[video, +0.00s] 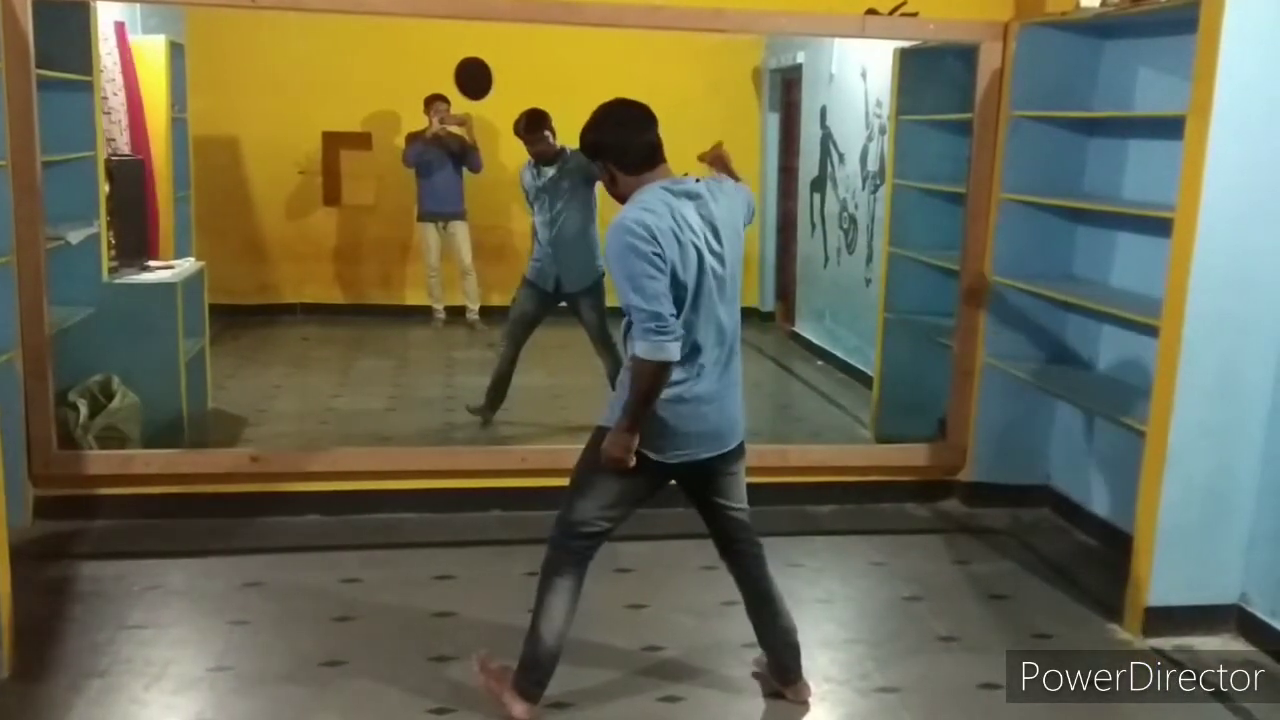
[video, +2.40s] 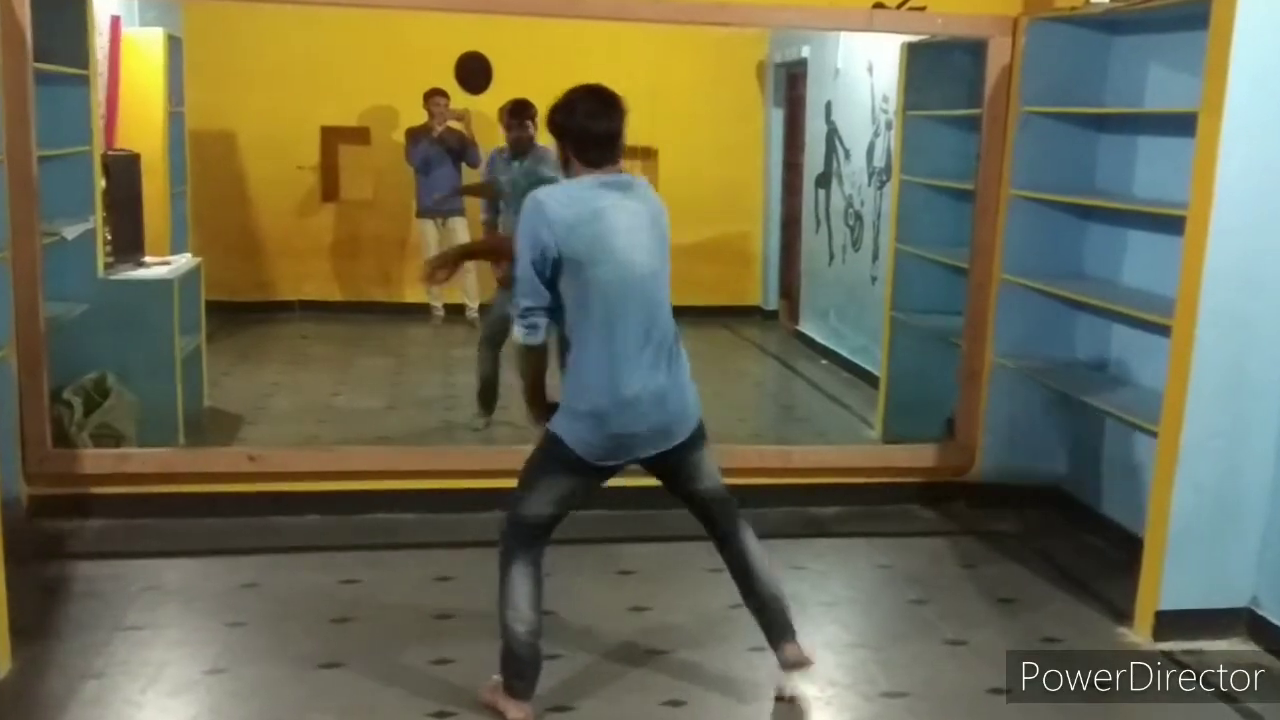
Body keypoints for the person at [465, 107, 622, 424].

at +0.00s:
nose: (533, 150)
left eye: (536, 143)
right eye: (528, 145)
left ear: (551, 135)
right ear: (523, 143)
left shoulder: (578, 162)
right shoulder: (528, 174)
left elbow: (612, 169)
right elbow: (539, 216)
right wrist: (543, 255)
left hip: (582, 270)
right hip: (542, 270)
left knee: (600, 339)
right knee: (512, 337)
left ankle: (628, 402)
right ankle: (490, 407)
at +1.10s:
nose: (547, 135)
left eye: (553, 129)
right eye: (540, 129)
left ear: (564, 130)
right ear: (531, 132)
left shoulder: (585, 173)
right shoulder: (518, 169)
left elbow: (598, 219)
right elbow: (504, 215)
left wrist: (595, 264)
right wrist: (510, 257)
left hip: (579, 274)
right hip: (536, 274)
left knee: (608, 345)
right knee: (506, 345)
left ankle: (606, 406)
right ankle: (487, 412)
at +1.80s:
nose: (532, 135)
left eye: (539, 128)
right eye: (526, 129)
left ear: (550, 130)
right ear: (517, 131)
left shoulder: (572, 166)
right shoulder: (509, 168)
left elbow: (588, 212)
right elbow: (504, 220)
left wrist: (586, 261)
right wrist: (510, 265)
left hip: (573, 271)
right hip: (531, 271)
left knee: (594, 340)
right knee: (502, 342)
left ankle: (593, 405)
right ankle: (487, 410)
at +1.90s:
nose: (523, 133)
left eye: (530, 125)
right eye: (519, 126)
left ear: (547, 125)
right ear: (516, 127)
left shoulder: (566, 162)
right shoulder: (508, 164)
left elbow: (582, 185)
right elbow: (502, 216)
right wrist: (505, 261)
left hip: (570, 272)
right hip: (528, 271)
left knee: (591, 342)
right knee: (500, 340)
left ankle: (588, 406)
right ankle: (486, 410)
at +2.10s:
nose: (534, 134)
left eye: (539, 127)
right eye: (528, 128)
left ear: (550, 128)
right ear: (519, 130)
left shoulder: (564, 159)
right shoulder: (509, 168)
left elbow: (571, 180)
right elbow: (504, 218)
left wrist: (534, 158)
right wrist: (507, 261)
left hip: (569, 272)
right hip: (530, 273)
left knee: (588, 340)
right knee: (502, 341)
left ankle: (585, 401)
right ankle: (487, 410)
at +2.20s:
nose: (539, 137)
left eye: (544, 130)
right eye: (532, 131)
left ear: (554, 131)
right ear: (521, 132)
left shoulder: (564, 166)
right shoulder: (511, 169)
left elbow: (538, 198)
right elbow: (503, 220)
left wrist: (511, 176)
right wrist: (509, 265)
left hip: (567, 274)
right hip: (531, 274)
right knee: (502, 339)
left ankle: (592, 407)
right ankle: (488, 409)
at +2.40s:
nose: (517, 135)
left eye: (523, 127)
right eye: (511, 128)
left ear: (534, 127)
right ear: (503, 130)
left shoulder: (548, 164)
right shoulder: (497, 162)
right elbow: (489, 219)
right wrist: (498, 265)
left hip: (552, 272)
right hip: (515, 272)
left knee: (569, 338)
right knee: (490, 336)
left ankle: (579, 403)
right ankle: (486, 409)